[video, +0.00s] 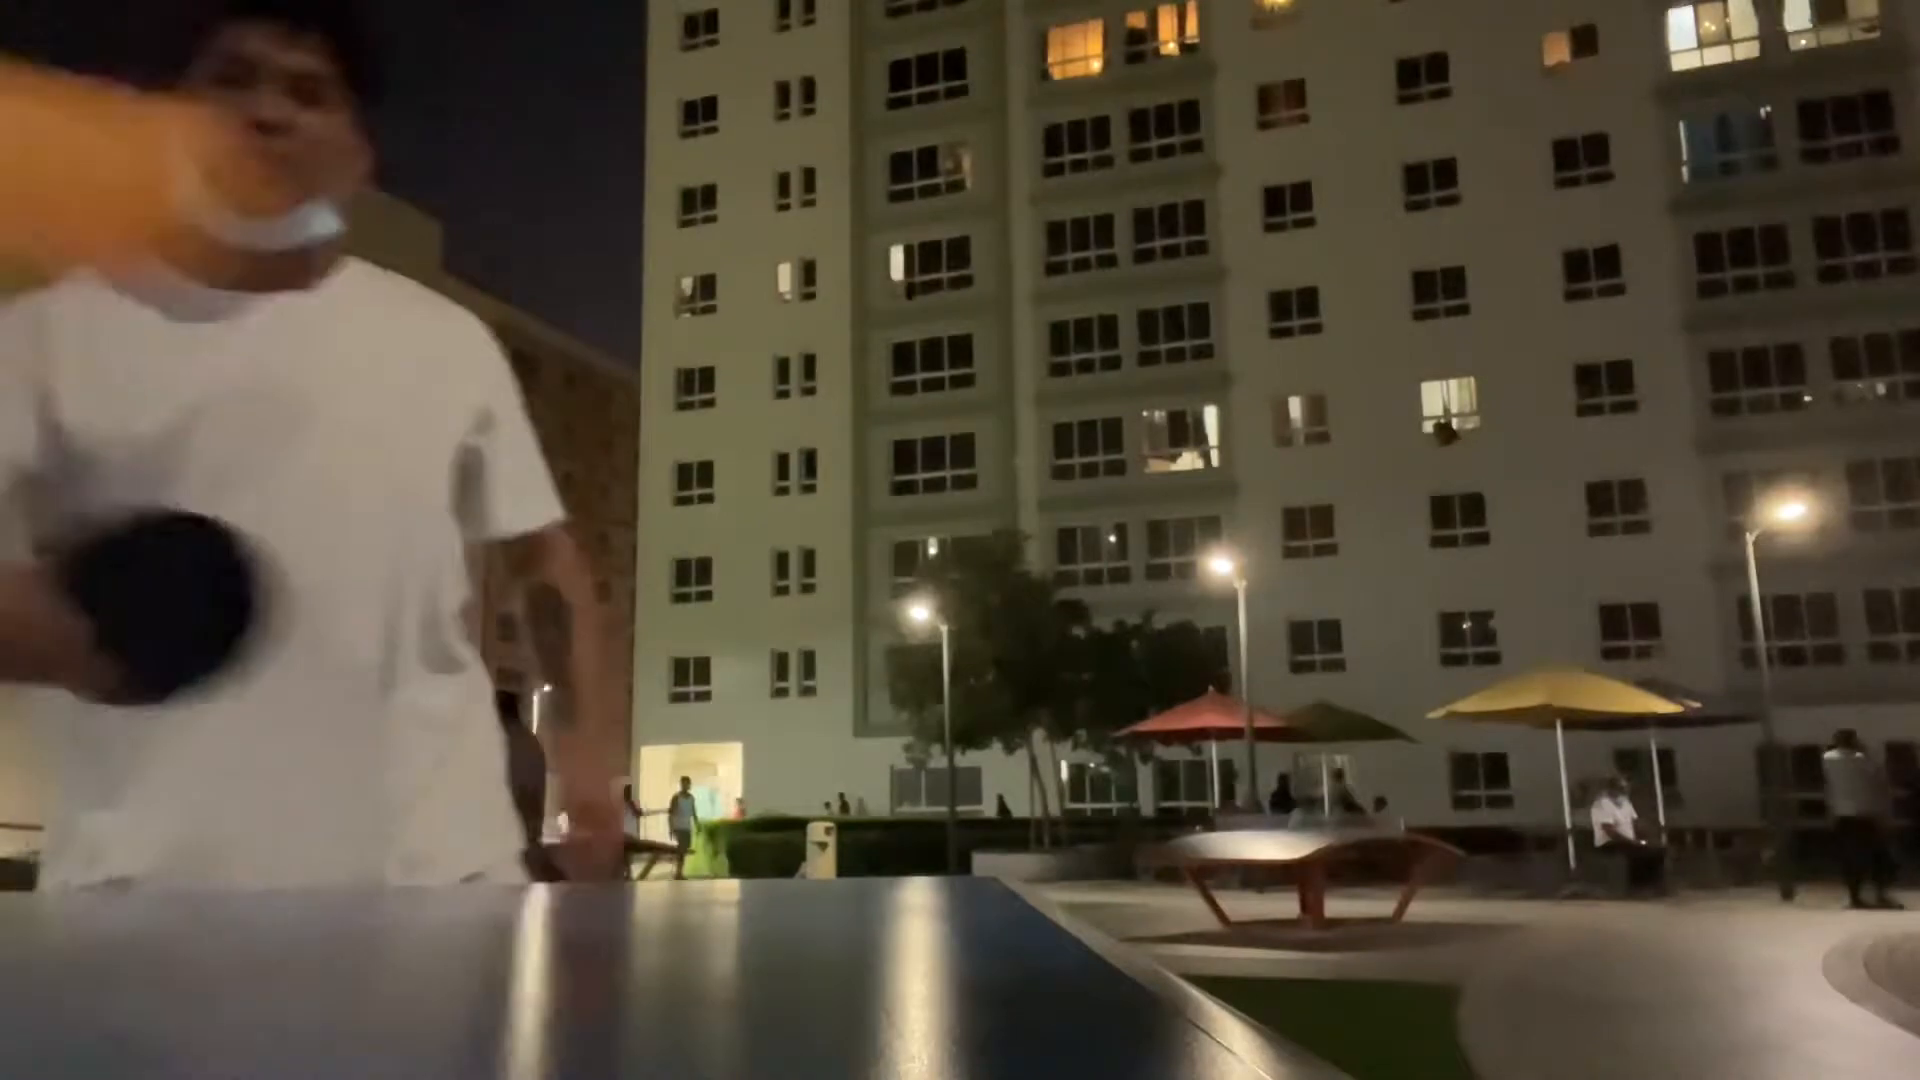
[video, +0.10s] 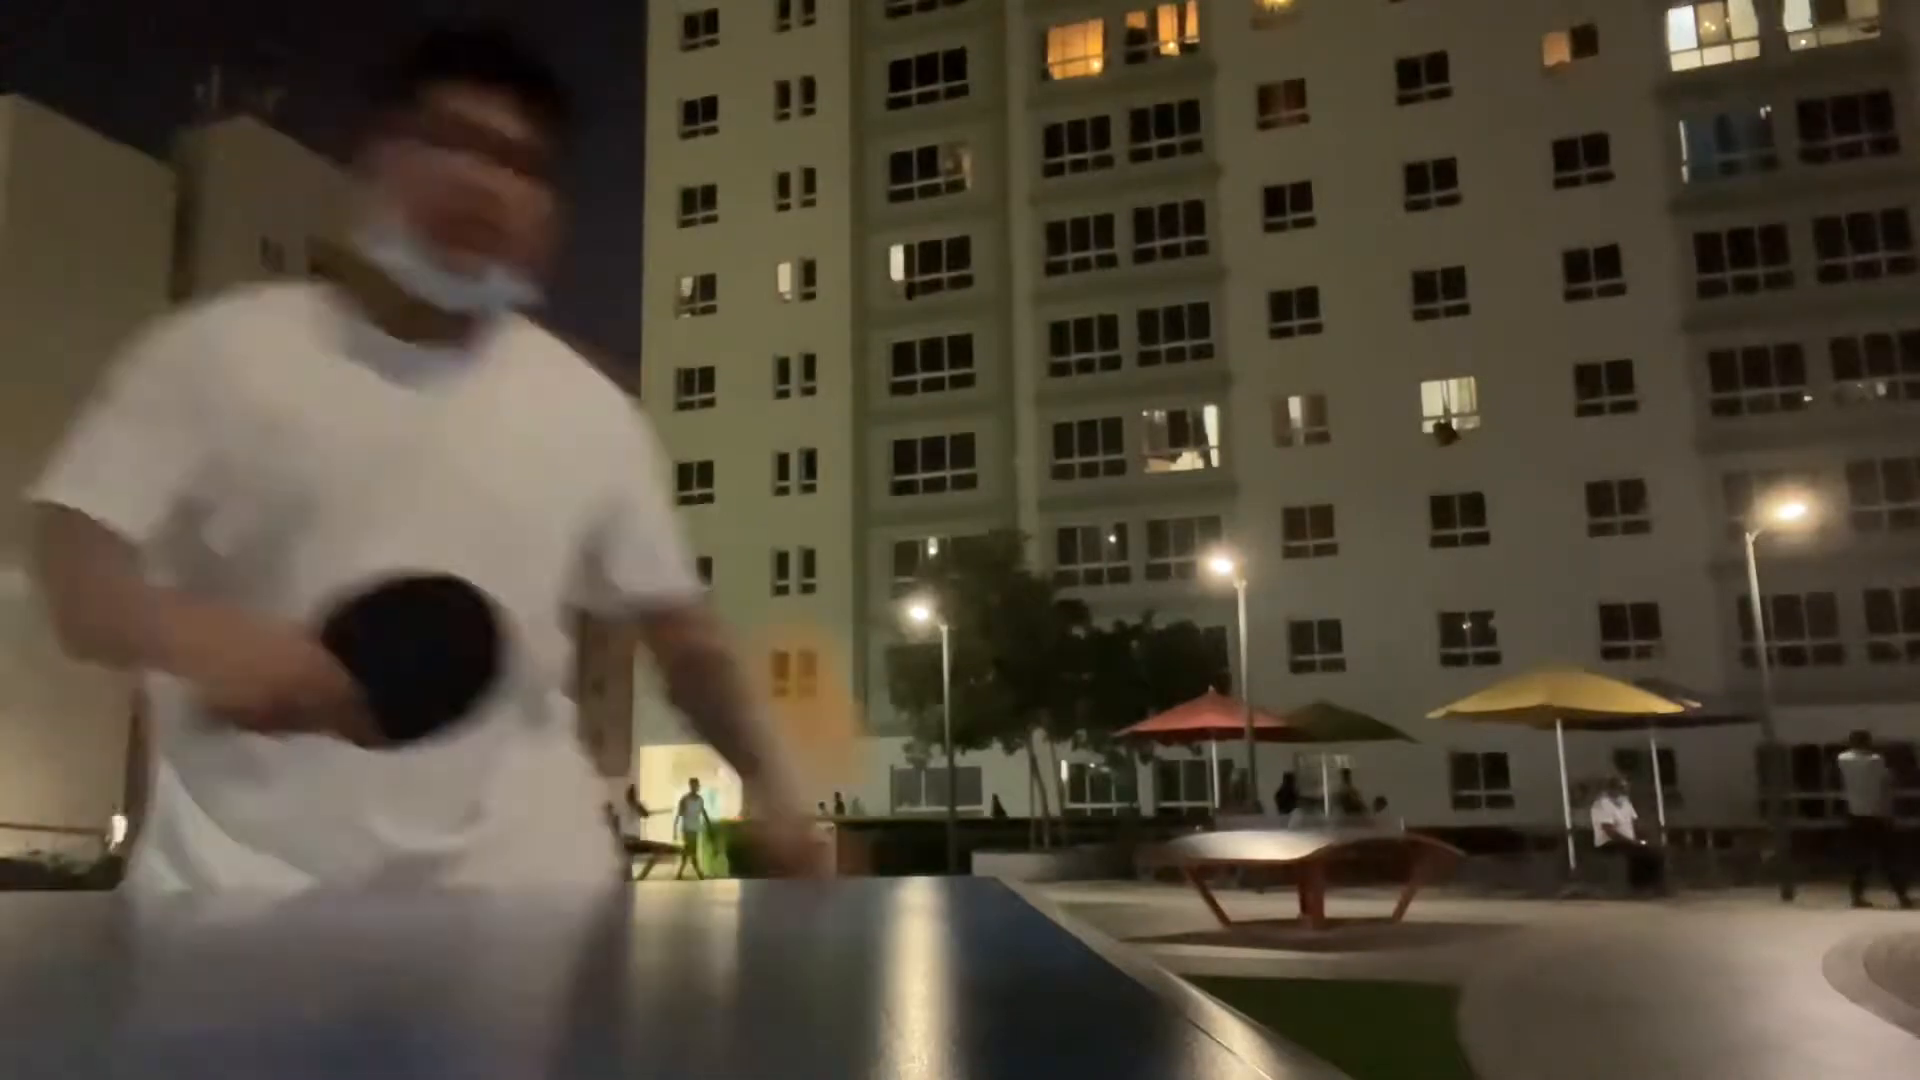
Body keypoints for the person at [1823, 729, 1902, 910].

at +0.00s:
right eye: (1854, 741)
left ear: (1835, 742)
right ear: (1854, 742)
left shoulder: (1828, 758)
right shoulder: (1861, 759)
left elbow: (1829, 786)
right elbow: (1873, 784)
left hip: (1841, 816)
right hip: (1865, 816)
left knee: (1850, 859)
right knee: (1877, 856)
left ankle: (1855, 898)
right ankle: (1882, 895)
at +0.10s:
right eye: (1867, 743)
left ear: (1851, 743)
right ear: (1869, 743)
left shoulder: (1843, 760)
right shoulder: (1877, 761)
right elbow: (1887, 784)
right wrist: (1888, 809)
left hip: (1855, 815)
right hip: (1877, 815)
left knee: (1859, 857)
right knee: (1888, 857)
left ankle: (1857, 896)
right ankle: (1903, 896)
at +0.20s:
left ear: (1867, 742)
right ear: (1884, 741)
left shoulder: (1860, 759)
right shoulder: (1893, 759)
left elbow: (1859, 754)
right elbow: (1901, 781)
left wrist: (1868, 746)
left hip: (1872, 815)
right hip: (1893, 815)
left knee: (1877, 855)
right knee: (1896, 857)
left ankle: (1868, 887)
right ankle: (1903, 895)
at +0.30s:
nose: (1899, 743)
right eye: (1897, 740)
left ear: (1879, 741)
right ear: (1895, 741)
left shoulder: (1869, 759)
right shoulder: (1904, 759)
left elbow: (1867, 786)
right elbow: (1911, 786)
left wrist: (1869, 805)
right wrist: (1912, 807)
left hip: (1881, 812)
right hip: (1904, 812)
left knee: (1886, 851)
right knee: (1904, 853)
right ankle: (1903, 892)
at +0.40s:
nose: (1905, 747)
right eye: (1903, 744)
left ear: (1885, 744)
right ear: (1903, 744)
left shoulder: (1877, 760)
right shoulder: (1911, 760)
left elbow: (1872, 790)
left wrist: (1874, 811)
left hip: (1891, 813)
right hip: (1912, 812)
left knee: (1896, 852)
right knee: (1911, 852)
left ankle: (1903, 890)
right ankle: (1912, 889)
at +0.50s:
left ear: (1889, 744)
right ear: (1907, 744)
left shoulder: (1882, 761)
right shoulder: (1914, 760)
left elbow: (1878, 791)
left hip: (1896, 814)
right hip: (1914, 813)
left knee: (1900, 853)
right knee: (1914, 853)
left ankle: (1910, 889)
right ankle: (1913, 889)